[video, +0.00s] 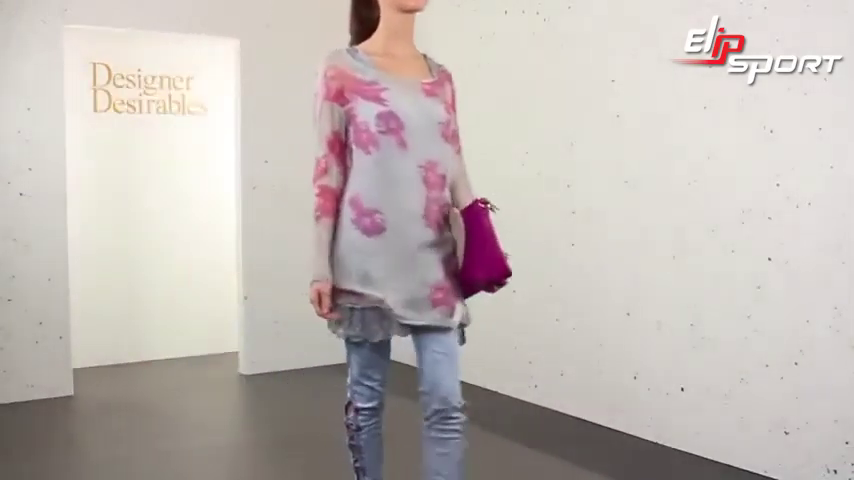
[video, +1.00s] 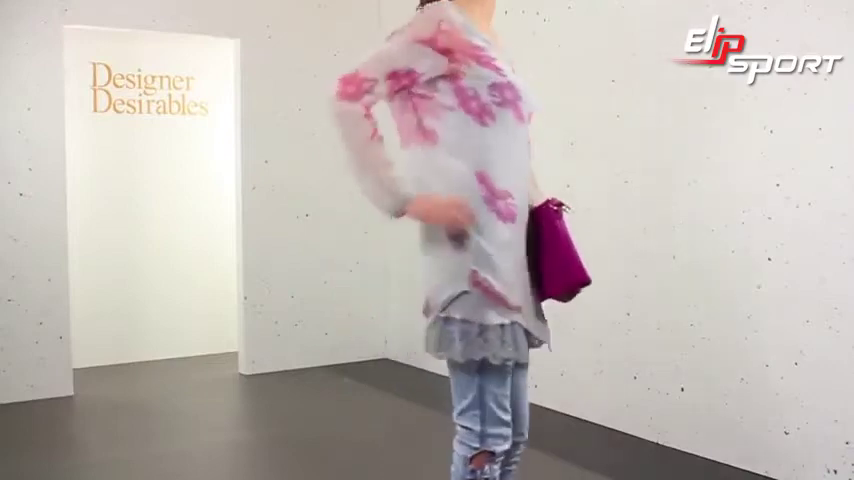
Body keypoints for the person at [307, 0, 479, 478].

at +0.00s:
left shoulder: (440, 77)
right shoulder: (342, 68)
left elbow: (454, 167)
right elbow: (329, 170)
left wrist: (478, 249)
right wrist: (321, 265)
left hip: (434, 261)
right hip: (364, 262)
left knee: (446, 404)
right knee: (366, 403)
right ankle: (367, 475)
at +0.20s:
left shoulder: (466, 78)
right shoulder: (361, 67)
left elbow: (482, 169)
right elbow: (349, 176)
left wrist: (506, 251)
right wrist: (336, 279)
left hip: (461, 272)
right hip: (384, 271)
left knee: (472, 419)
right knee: (379, 412)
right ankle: (375, 478)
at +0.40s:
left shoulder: (496, 70)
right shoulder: (385, 58)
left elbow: (513, 173)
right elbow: (368, 175)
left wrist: (540, 258)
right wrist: (352, 277)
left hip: (489, 275)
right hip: (415, 274)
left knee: (488, 426)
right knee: (426, 426)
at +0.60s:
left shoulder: (513, 67)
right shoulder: (402, 51)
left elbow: (531, 175)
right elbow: (376, 163)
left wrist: (560, 262)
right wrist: (356, 263)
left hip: (504, 266)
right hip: (432, 261)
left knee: (494, 429)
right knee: (477, 423)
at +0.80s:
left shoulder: (507, 58)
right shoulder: (416, 42)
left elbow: (533, 164)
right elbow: (347, 140)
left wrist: (556, 257)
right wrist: (348, 245)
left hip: (506, 264)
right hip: (450, 266)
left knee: (494, 440)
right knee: (484, 441)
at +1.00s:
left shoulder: (484, 40)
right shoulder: (438, 25)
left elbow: (493, 142)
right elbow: (350, 97)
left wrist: (535, 201)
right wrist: (399, 200)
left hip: (508, 261)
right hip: (472, 262)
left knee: (511, 436)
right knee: (483, 440)